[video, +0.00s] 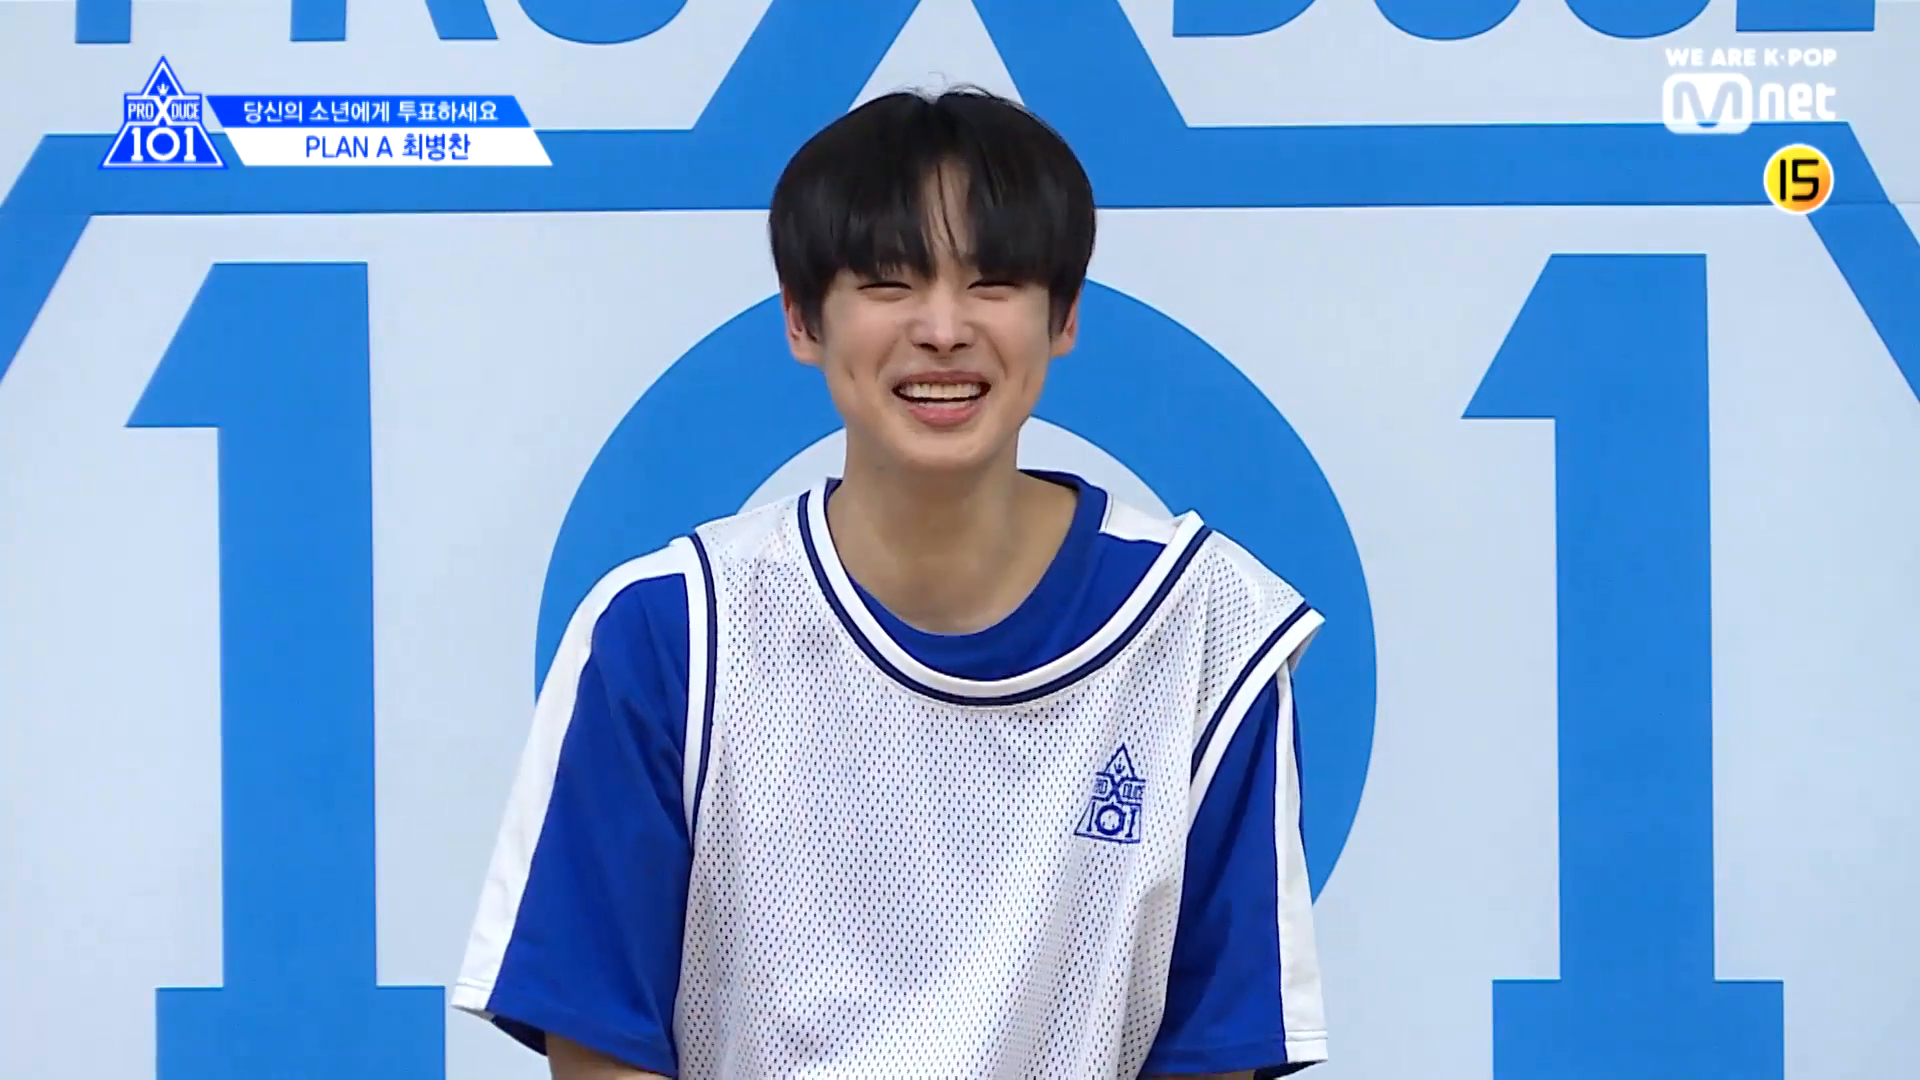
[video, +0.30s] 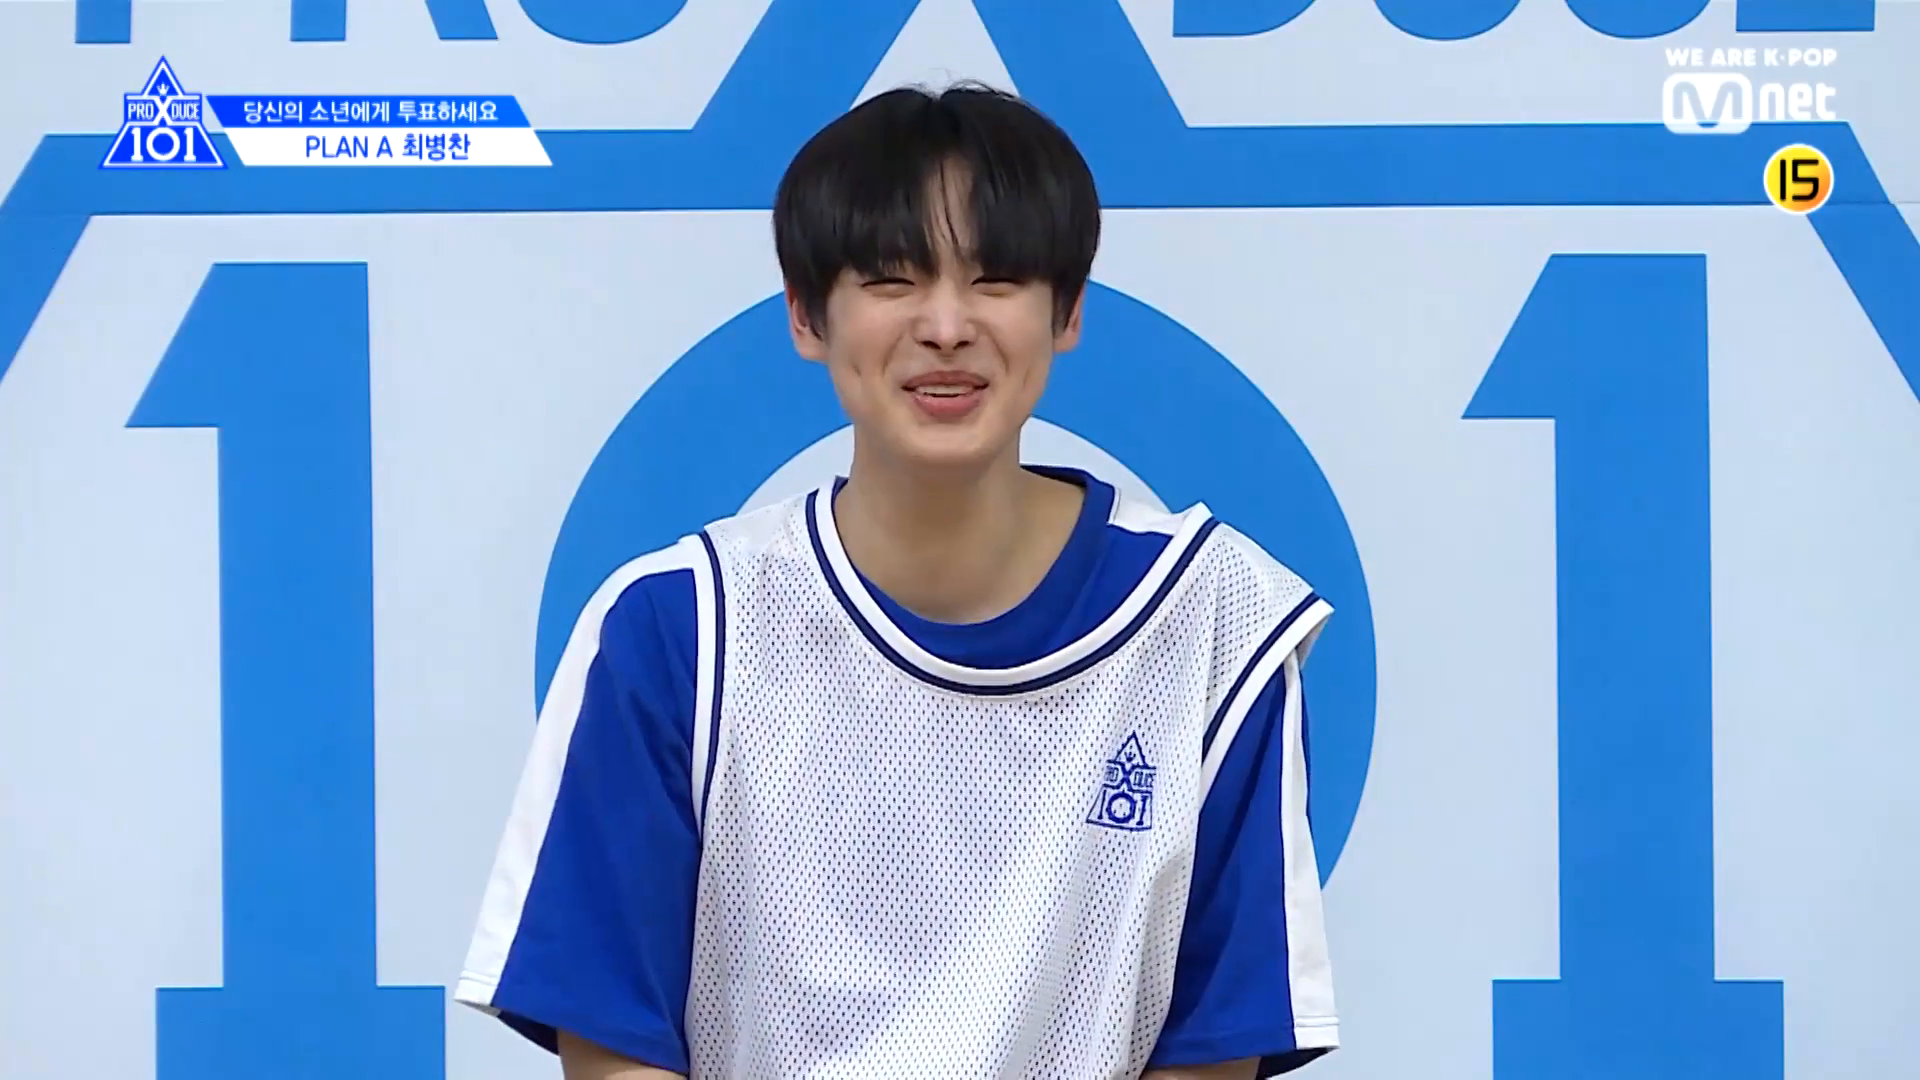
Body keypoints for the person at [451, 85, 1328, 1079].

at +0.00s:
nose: (944, 326)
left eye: (994, 281)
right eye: (889, 281)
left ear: (1060, 324)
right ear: (806, 326)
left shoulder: (1211, 633)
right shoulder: (661, 634)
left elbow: (1219, 1054)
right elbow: (598, 1045)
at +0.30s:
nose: (947, 324)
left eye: (996, 279)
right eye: (893, 278)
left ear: (1064, 319)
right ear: (811, 323)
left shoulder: (1218, 625)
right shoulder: (670, 630)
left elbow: (1221, 1048)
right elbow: (608, 1041)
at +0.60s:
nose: (956, 323)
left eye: (1005, 278)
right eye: (902, 277)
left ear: (1070, 318)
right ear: (819, 320)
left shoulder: (1224, 627)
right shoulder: (673, 631)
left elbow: (1225, 1049)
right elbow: (613, 1042)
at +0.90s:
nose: (963, 325)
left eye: (1013, 278)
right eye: (906, 278)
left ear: (1076, 322)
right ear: (822, 323)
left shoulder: (1229, 633)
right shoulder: (676, 638)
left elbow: (1230, 1051)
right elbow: (616, 1049)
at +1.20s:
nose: (967, 322)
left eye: (1017, 277)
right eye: (911, 274)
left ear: (1078, 323)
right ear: (825, 320)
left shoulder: (1230, 636)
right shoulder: (678, 639)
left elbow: (1243, 1051)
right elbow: (614, 1046)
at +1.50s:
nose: (963, 335)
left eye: (1012, 285)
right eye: (910, 283)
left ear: (1074, 325)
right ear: (821, 323)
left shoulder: (1228, 641)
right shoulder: (673, 643)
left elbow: (1250, 1053)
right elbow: (615, 1049)